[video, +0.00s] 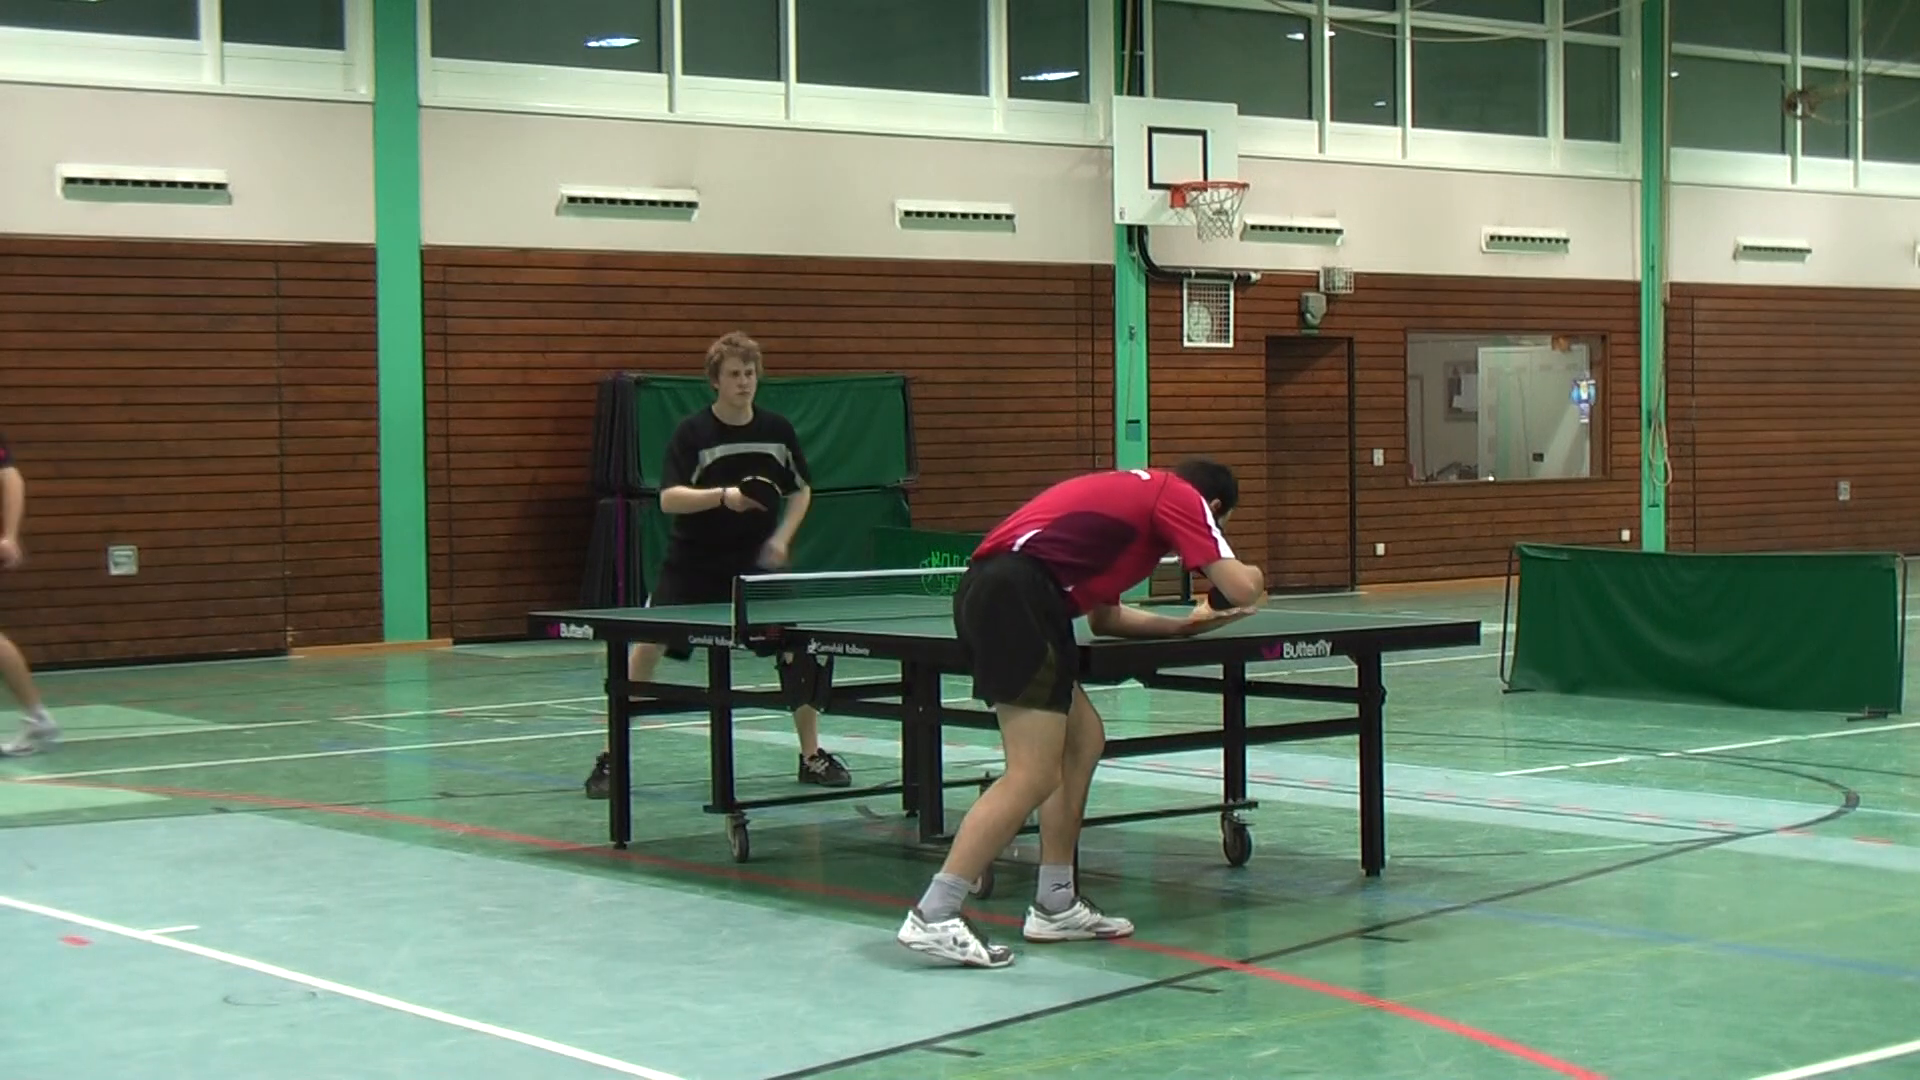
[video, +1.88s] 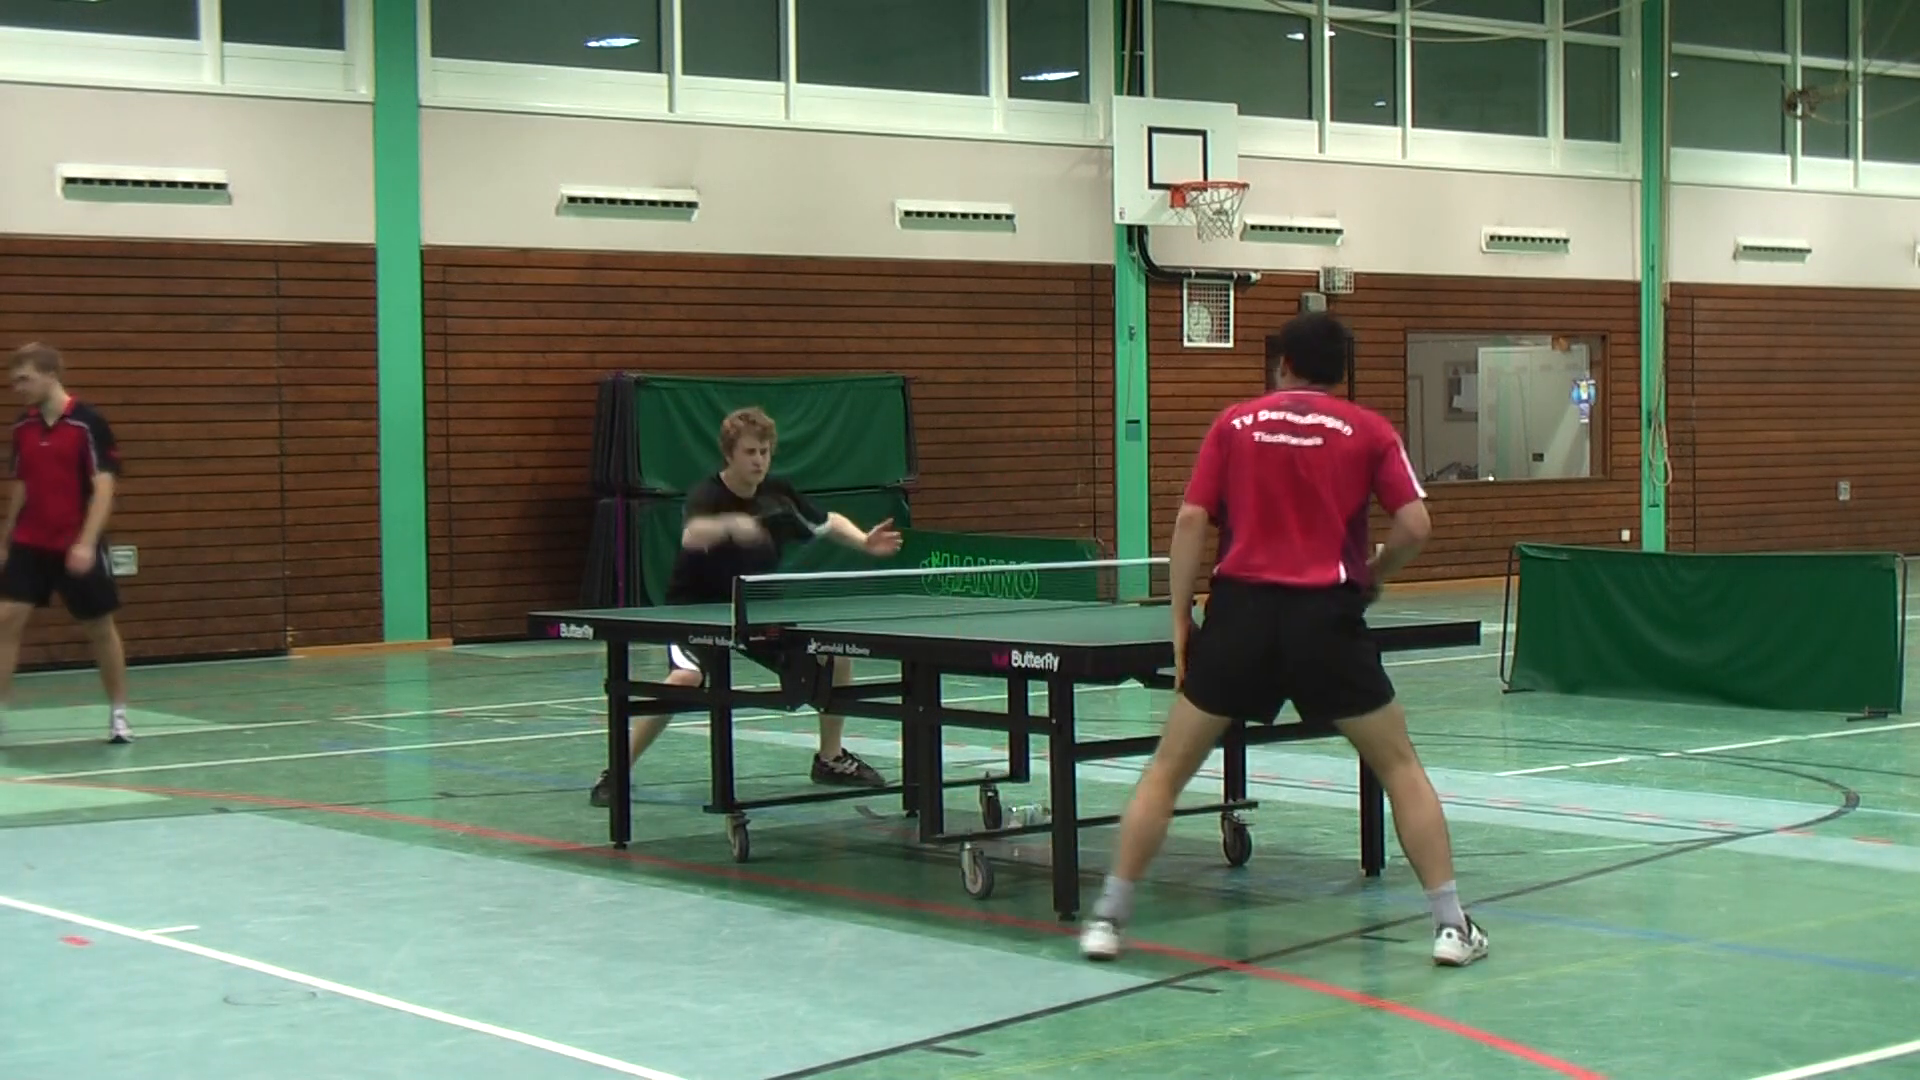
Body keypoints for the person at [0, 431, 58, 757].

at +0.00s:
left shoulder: (1, 445)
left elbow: (10, 476)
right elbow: (12, 477)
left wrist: (10, 535)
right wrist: (10, 534)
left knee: (1, 638)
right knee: (1, 639)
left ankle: (38, 717)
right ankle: (38, 717)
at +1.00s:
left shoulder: (16, 412)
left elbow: (60, 455)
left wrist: (24, 504)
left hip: (50, 523)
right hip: (18, 530)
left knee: (43, 605)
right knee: (20, 613)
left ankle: (33, 707)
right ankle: (31, 707)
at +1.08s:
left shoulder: (24, 408)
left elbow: (79, 449)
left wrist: (51, 499)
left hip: (52, 525)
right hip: (18, 530)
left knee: (54, 604)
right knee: (25, 615)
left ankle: (48, 703)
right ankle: (33, 704)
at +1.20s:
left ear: (4, 383)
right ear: (1, 387)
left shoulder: (43, 410)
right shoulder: (4, 427)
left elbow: (96, 450)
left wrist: (100, 508)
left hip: (59, 535)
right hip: (20, 541)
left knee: (69, 613)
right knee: (29, 622)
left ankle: (84, 712)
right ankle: (30, 717)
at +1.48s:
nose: (10, 381)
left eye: (17, 373)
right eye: (7, 375)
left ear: (44, 373)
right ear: (10, 380)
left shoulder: (86, 417)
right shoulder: (14, 431)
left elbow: (127, 466)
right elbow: (8, 494)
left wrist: (158, 514)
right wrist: (9, 538)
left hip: (82, 545)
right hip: (32, 547)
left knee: (100, 624)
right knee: (21, 621)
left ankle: (118, 713)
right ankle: (29, 717)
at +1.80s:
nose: (27, 383)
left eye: (35, 376)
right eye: (26, 377)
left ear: (62, 374)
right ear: (30, 379)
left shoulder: (98, 423)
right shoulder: (31, 424)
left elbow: (118, 488)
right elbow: (28, 480)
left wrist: (116, 546)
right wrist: (21, 532)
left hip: (84, 547)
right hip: (34, 545)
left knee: (103, 628)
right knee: (12, 618)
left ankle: (119, 713)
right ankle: (9, 712)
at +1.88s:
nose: (17, 387)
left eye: (24, 379)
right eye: (15, 380)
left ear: (51, 376)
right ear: (23, 382)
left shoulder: (89, 423)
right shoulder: (24, 428)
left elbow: (104, 489)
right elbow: (20, 486)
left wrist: (86, 543)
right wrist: (6, 538)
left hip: (78, 548)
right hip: (29, 548)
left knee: (102, 629)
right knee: (7, 619)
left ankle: (118, 712)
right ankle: (1, 710)